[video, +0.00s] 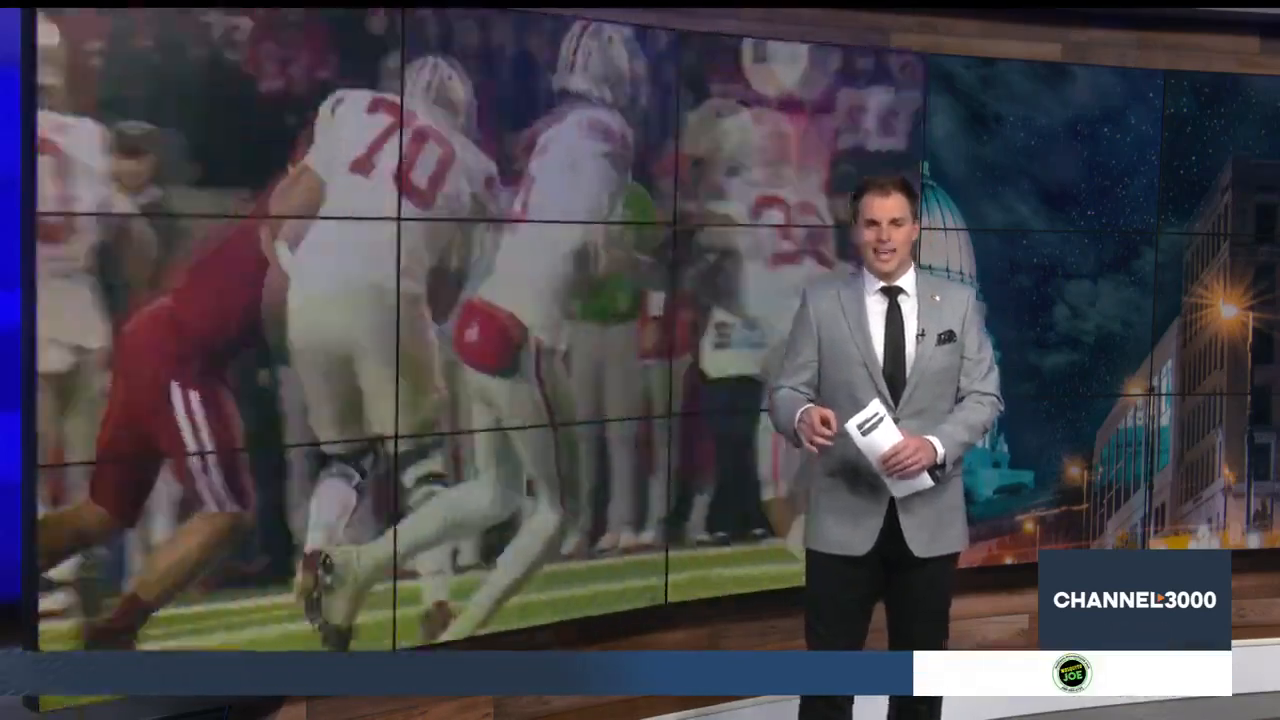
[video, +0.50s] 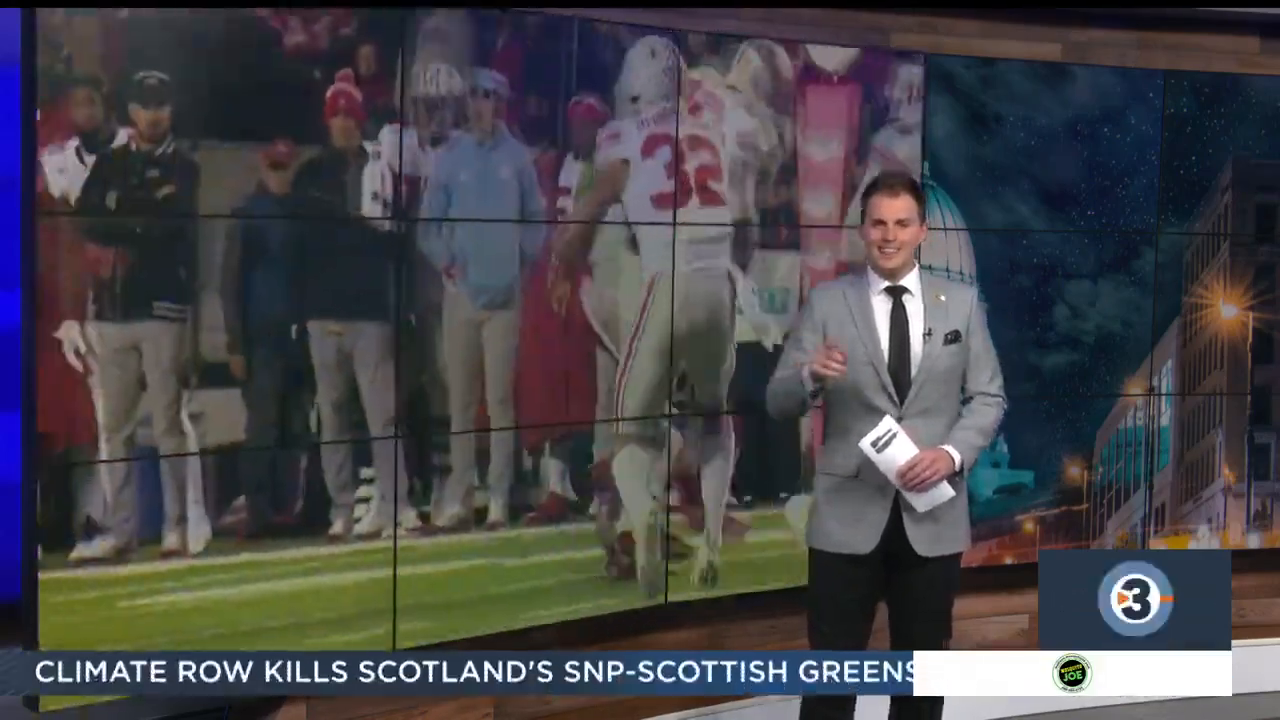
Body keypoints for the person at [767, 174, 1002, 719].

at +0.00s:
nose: (883, 236)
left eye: (896, 223)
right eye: (871, 224)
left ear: (916, 229)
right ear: (855, 230)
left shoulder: (959, 302)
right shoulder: (821, 302)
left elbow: (983, 399)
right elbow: (786, 392)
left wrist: (937, 444)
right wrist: (800, 415)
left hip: (928, 515)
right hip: (842, 515)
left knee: (922, 673)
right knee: (828, 673)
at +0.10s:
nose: (883, 236)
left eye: (896, 224)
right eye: (871, 224)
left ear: (917, 229)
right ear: (855, 231)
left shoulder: (960, 302)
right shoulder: (821, 303)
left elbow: (988, 397)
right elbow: (782, 389)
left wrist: (943, 445)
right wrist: (795, 408)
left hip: (929, 515)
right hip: (843, 514)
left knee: (923, 674)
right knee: (829, 673)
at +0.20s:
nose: (884, 235)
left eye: (897, 223)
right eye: (872, 223)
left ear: (918, 228)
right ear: (856, 230)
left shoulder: (960, 302)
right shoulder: (823, 302)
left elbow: (994, 396)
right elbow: (777, 386)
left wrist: (949, 448)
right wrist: (791, 393)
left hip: (930, 515)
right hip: (843, 513)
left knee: (922, 673)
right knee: (830, 672)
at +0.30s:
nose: (885, 235)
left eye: (898, 222)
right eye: (874, 222)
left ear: (920, 228)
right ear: (859, 228)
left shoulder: (961, 302)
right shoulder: (822, 303)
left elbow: (993, 397)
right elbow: (776, 400)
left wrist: (952, 451)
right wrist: (790, 389)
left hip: (930, 514)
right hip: (844, 514)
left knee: (923, 676)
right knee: (830, 675)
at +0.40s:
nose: (887, 235)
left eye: (900, 223)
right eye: (876, 223)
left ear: (921, 230)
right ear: (861, 229)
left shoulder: (961, 301)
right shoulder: (824, 301)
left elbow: (989, 398)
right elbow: (776, 405)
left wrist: (952, 451)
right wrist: (793, 382)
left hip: (931, 512)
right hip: (846, 511)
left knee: (924, 673)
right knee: (831, 672)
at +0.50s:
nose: (887, 234)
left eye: (901, 223)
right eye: (876, 222)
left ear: (922, 230)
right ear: (862, 230)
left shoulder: (961, 301)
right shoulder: (825, 302)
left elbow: (987, 398)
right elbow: (777, 402)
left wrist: (952, 453)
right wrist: (809, 376)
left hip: (931, 514)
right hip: (846, 512)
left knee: (924, 674)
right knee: (831, 674)